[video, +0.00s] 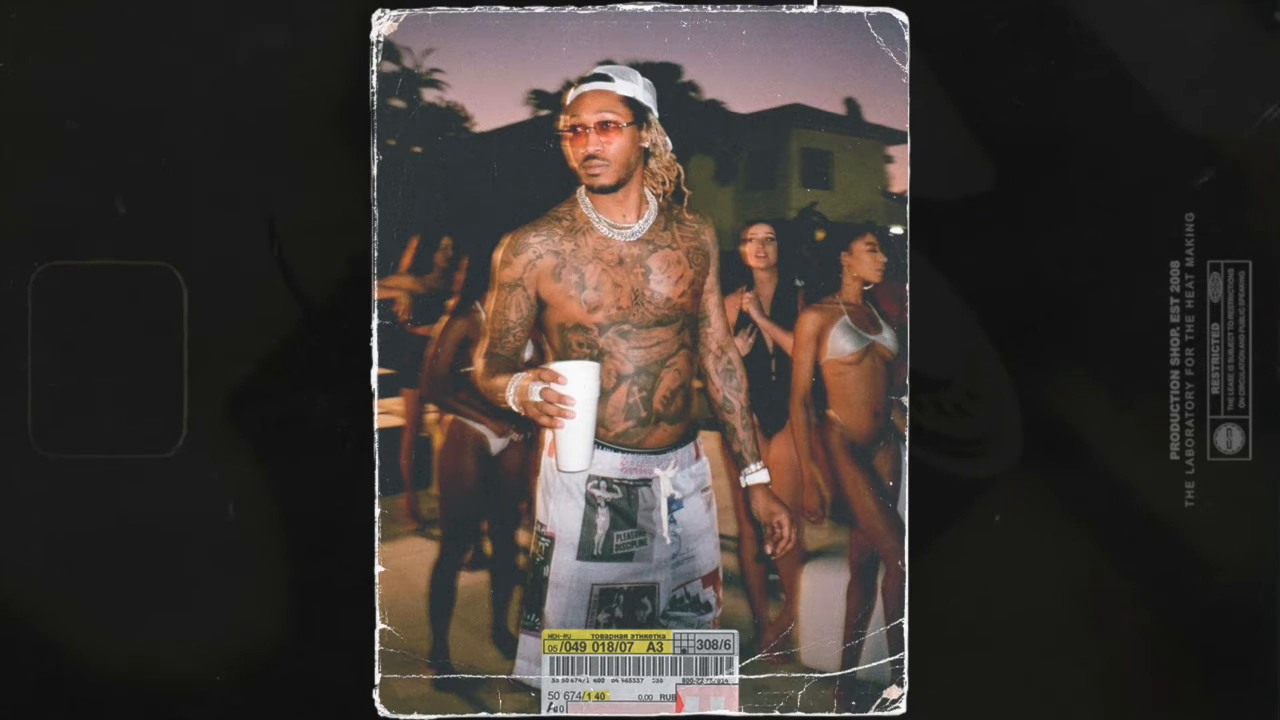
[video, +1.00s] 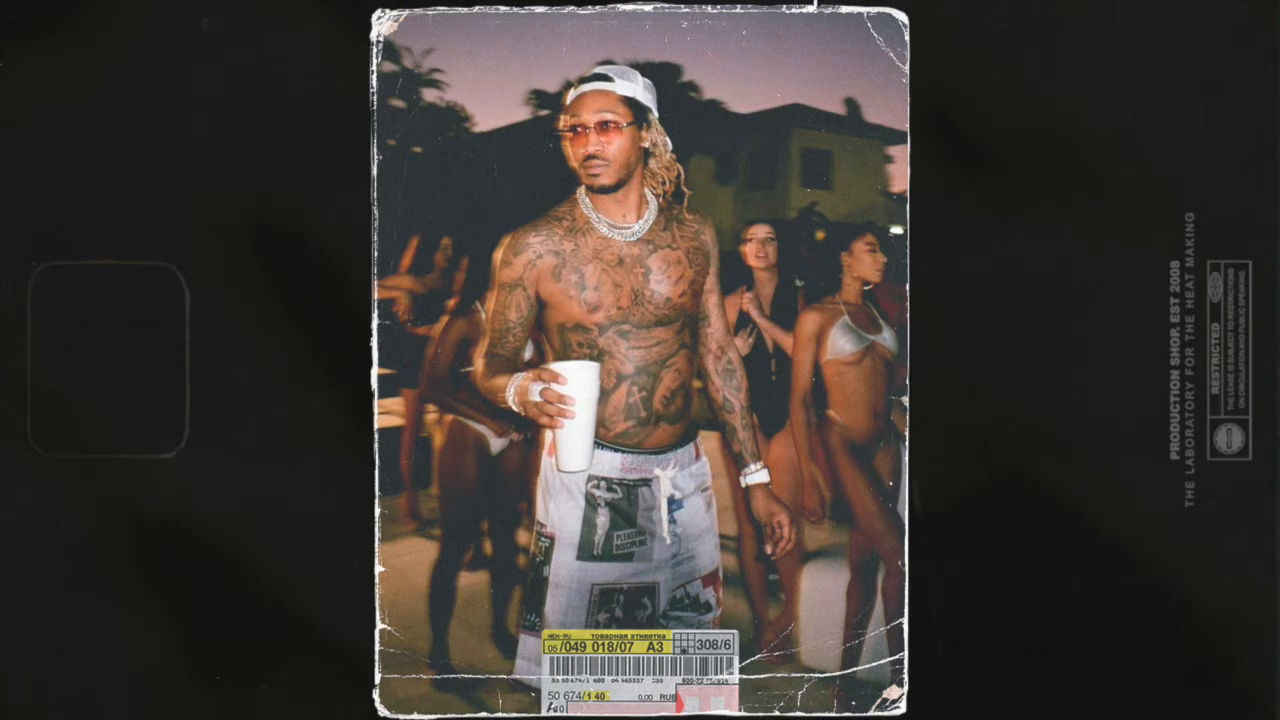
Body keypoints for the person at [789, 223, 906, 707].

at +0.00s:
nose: (882, 259)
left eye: (881, 251)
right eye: (871, 251)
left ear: (870, 261)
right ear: (844, 259)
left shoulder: (877, 315)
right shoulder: (818, 317)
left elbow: (885, 394)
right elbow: (798, 404)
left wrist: (900, 445)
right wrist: (813, 478)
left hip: (880, 448)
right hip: (838, 449)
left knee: (863, 564)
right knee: (898, 552)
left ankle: (846, 673)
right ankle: (903, 670)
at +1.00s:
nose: (882, 258)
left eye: (881, 251)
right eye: (871, 251)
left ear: (871, 262)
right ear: (844, 259)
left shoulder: (877, 315)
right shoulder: (818, 317)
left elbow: (887, 390)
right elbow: (799, 403)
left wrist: (900, 434)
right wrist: (812, 478)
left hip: (882, 447)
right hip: (838, 448)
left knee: (863, 563)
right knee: (898, 551)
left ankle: (847, 673)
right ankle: (903, 669)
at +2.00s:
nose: (882, 259)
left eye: (881, 251)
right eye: (871, 251)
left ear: (872, 262)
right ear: (844, 259)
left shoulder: (877, 315)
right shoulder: (818, 317)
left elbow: (886, 391)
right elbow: (799, 402)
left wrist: (900, 433)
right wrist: (812, 477)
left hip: (883, 447)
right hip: (839, 448)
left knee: (863, 562)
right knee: (897, 552)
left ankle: (846, 672)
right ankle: (902, 670)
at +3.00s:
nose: (882, 259)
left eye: (881, 251)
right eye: (871, 251)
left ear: (870, 262)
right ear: (844, 259)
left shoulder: (877, 315)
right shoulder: (818, 317)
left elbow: (887, 390)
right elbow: (799, 403)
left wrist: (898, 439)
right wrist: (813, 478)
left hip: (882, 448)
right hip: (838, 449)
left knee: (863, 563)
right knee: (897, 552)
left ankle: (846, 674)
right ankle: (902, 670)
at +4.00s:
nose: (882, 259)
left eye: (881, 251)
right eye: (871, 251)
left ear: (870, 262)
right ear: (843, 259)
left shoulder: (877, 315)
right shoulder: (818, 317)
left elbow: (884, 391)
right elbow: (798, 402)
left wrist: (902, 433)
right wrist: (811, 477)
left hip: (882, 447)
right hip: (839, 449)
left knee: (863, 562)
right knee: (898, 551)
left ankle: (846, 673)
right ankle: (904, 669)